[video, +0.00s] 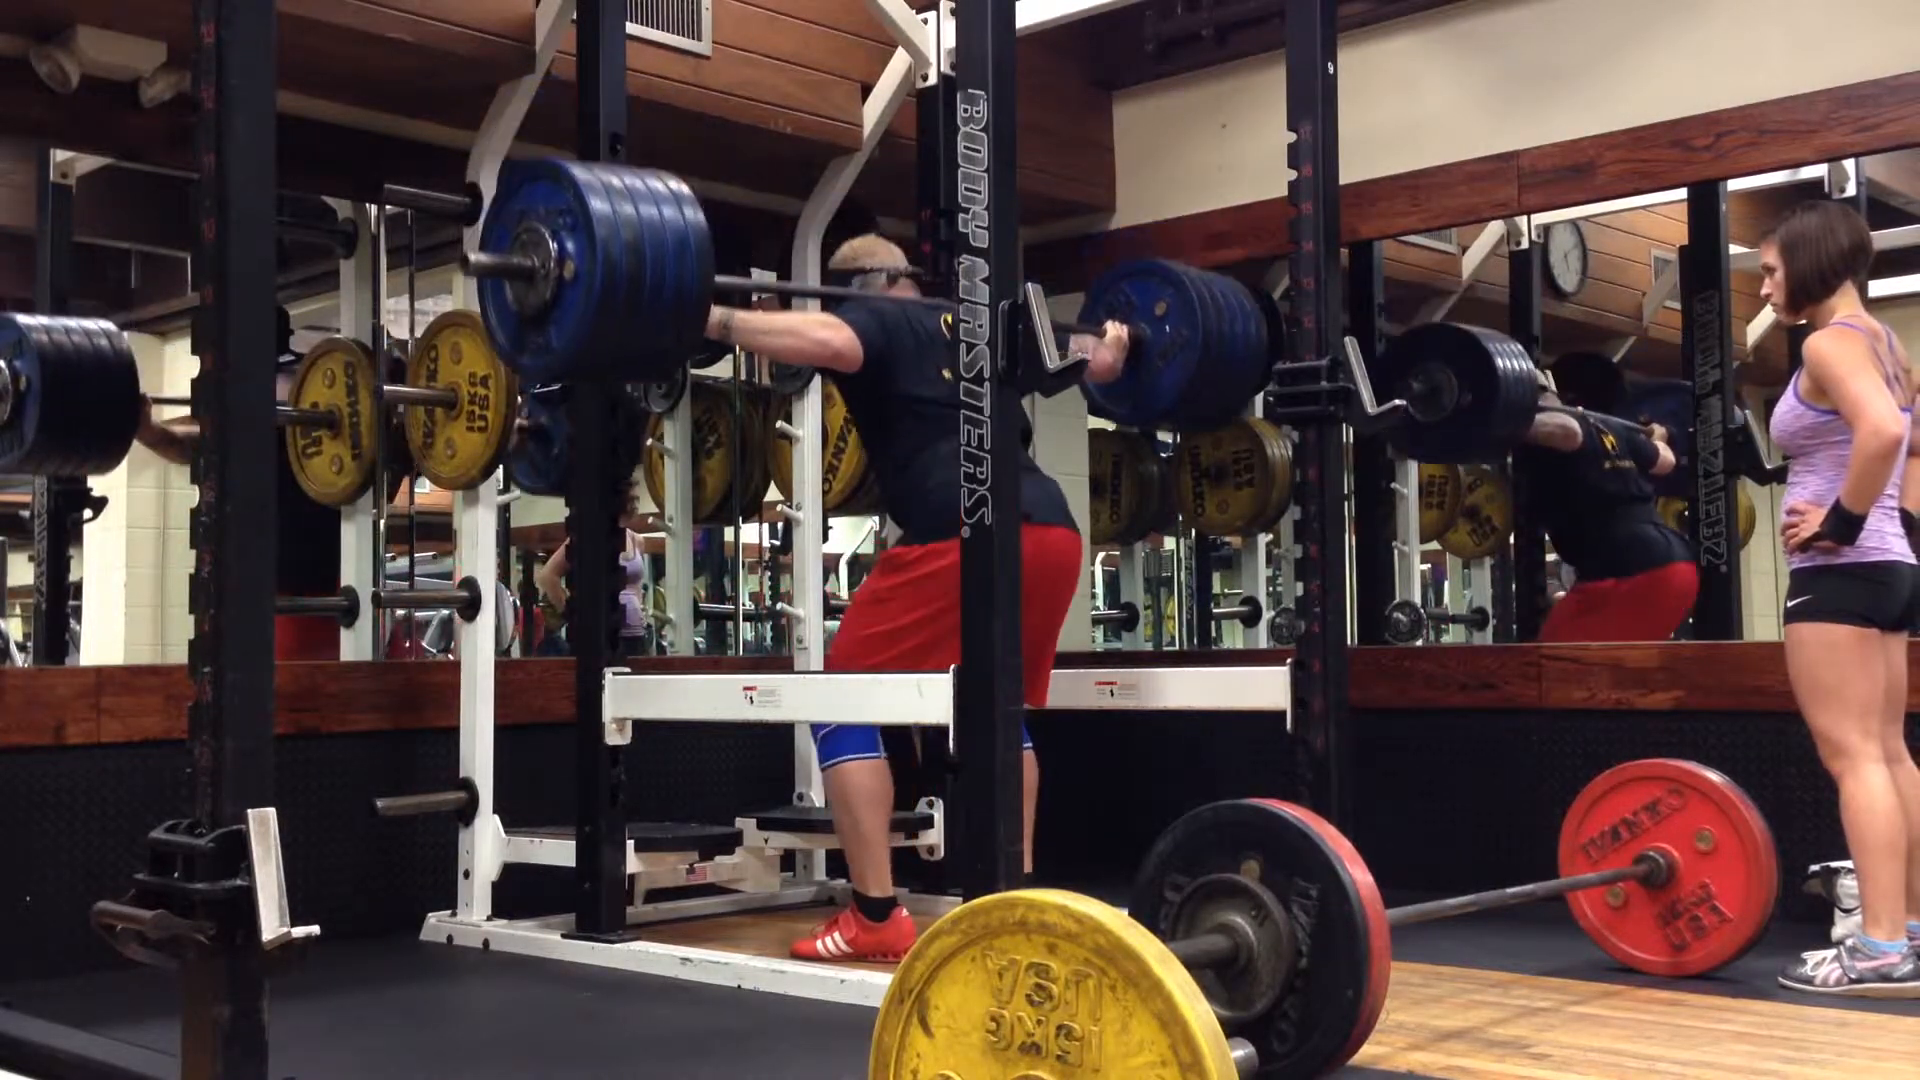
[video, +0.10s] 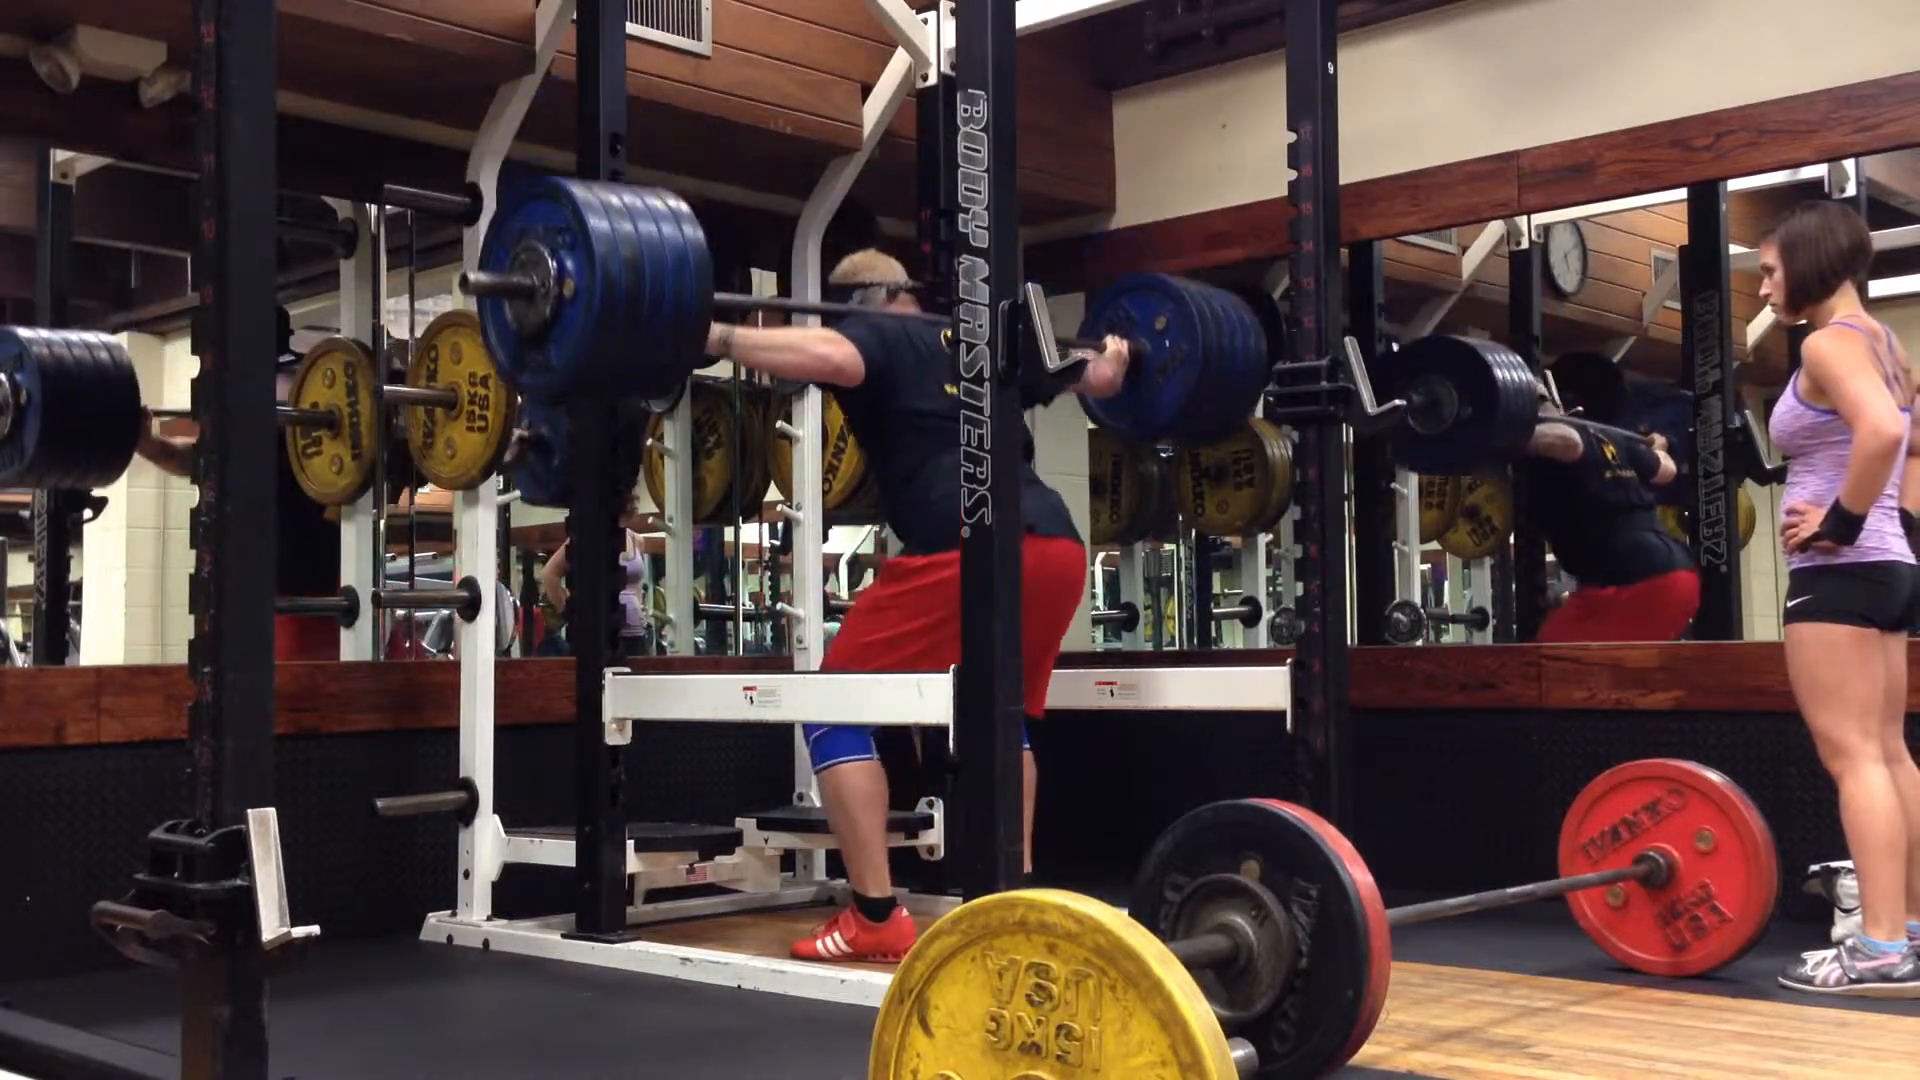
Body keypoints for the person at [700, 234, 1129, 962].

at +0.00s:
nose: (843, 312)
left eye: (844, 299)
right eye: (843, 301)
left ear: (865, 287)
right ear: (910, 279)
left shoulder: (875, 316)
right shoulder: (977, 327)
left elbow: (834, 344)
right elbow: (1092, 356)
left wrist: (716, 318)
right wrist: (1113, 347)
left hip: (953, 535)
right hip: (1052, 536)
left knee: (842, 704)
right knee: (1004, 717)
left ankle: (875, 911)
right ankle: (1014, 899)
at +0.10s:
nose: (843, 331)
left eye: (844, 318)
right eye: (844, 320)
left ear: (869, 304)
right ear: (910, 297)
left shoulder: (879, 334)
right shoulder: (980, 347)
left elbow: (834, 359)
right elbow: (1094, 378)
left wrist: (719, 335)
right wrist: (1116, 357)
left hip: (962, 550)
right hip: (1057, 551)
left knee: (834, 707)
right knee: (1004, 718)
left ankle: (875, 911)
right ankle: (1014, 899)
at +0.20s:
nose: (844, 337)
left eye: (847, 325)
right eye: (845, 328)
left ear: (874, 315)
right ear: (910, 310)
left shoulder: (876, 347)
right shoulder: (985, 363)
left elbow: (831, 376)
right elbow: (1098, 395)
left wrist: (709, 351)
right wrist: (1115, 369)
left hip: (959, 563)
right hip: (1058, 564)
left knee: (823, 711)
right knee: (1003, 725)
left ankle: (874, 912)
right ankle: (1013, 901)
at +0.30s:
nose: (844, 350)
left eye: (849, 338)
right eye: (843, 341)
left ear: (880, 329)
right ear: (912, 327)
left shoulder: (878, 365)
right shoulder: (987, 379)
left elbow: (828, 391)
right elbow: (1097, 409)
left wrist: (716, 370)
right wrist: (1116, 380)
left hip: (957, 577)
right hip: (1056, 579)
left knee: (816, 713)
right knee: (1003, 733)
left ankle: (873, 911)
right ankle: (1009, 903)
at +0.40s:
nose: (843, 368)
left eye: (848, 356)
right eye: (842, 360)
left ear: (877, 346)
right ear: (910, 344)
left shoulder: (873, 380)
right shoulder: (984, 393)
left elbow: (835, 414)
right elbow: (1093, 424)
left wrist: (718, 388)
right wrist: (1113, 403)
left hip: (956, 586)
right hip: (1058, 588)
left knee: (811, 717)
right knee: (1002, 735)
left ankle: (873, 912)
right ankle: (1011, 903)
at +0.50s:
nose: (842, 381)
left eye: (846, 370)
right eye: (842, 373)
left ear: (866, 364)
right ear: (913, 360)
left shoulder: (870, 397)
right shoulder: (986, 405)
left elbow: (836, 432)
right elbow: (1095, 438)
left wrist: (715, 405)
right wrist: (1112, 413)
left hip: (953, 599)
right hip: (1060, 602)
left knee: (804, 720)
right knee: (1002, 738)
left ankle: (873, 912)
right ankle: (1014, 896)